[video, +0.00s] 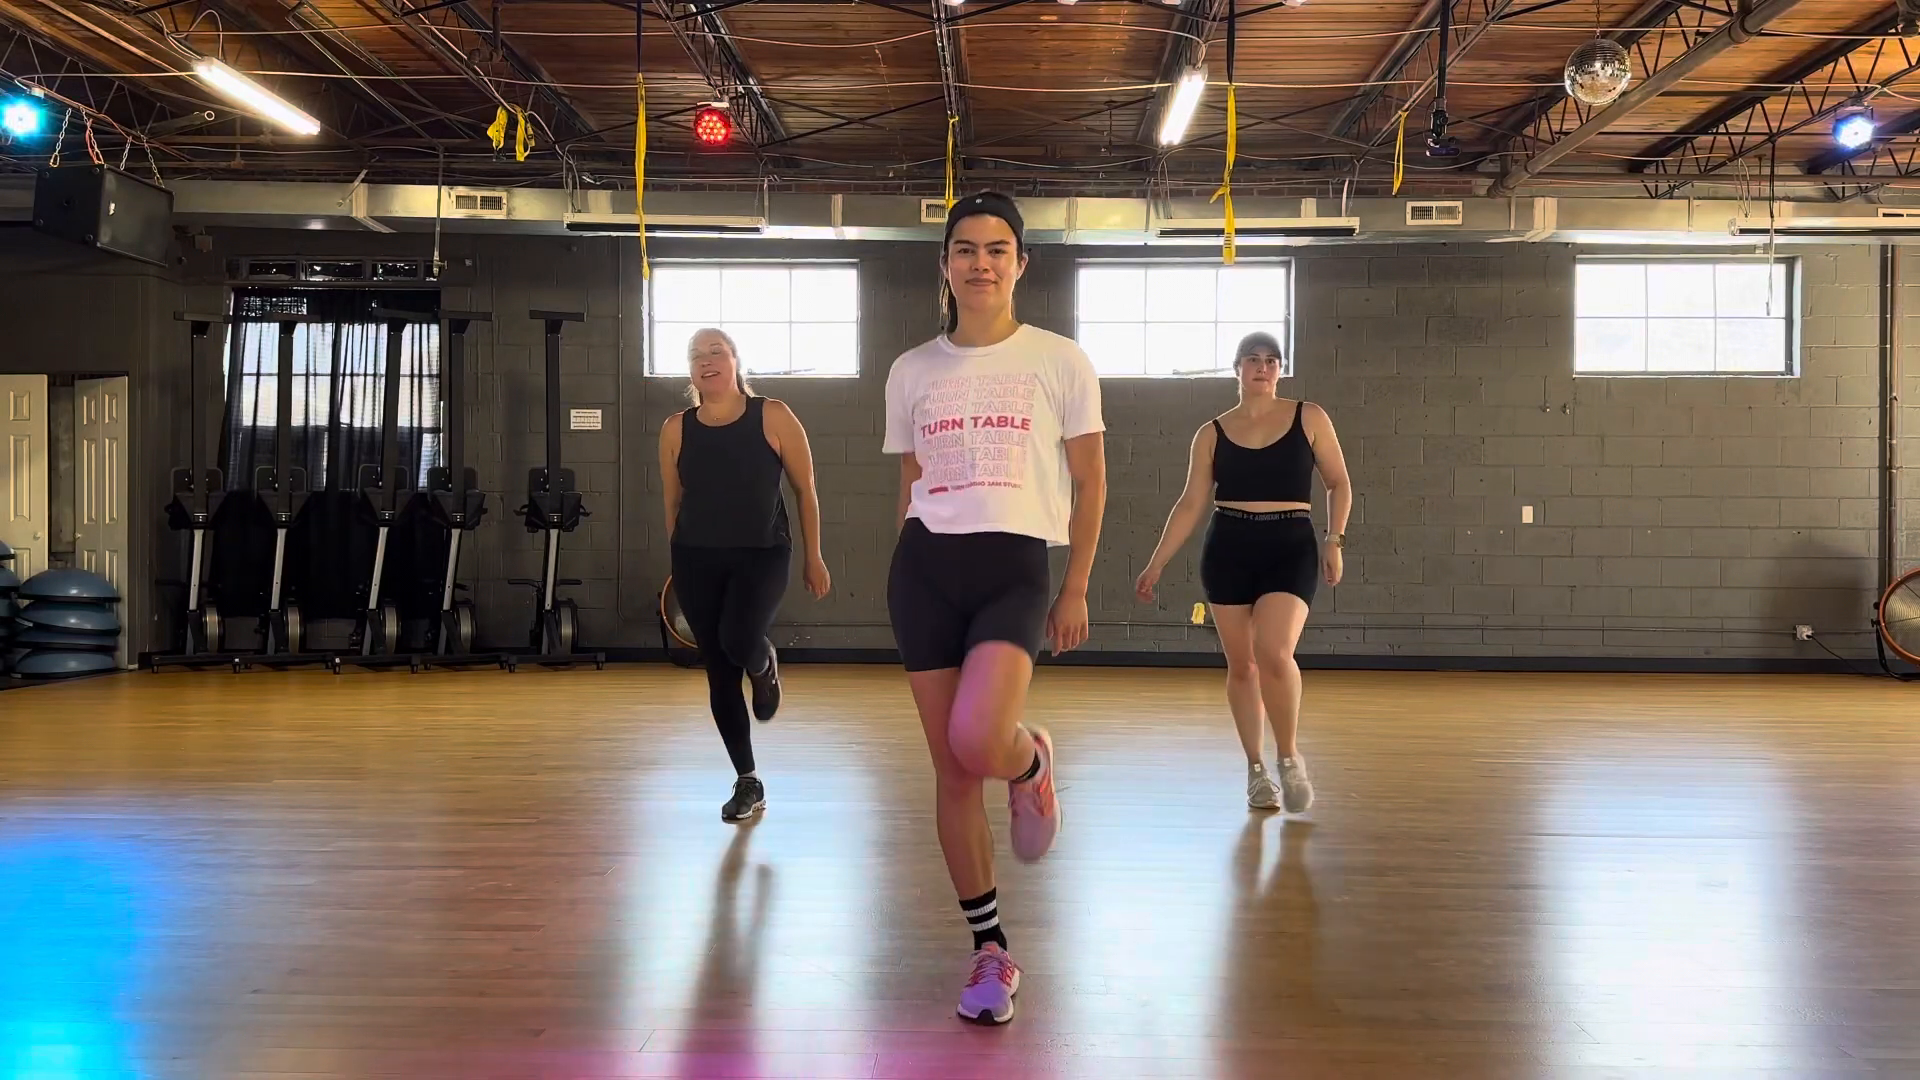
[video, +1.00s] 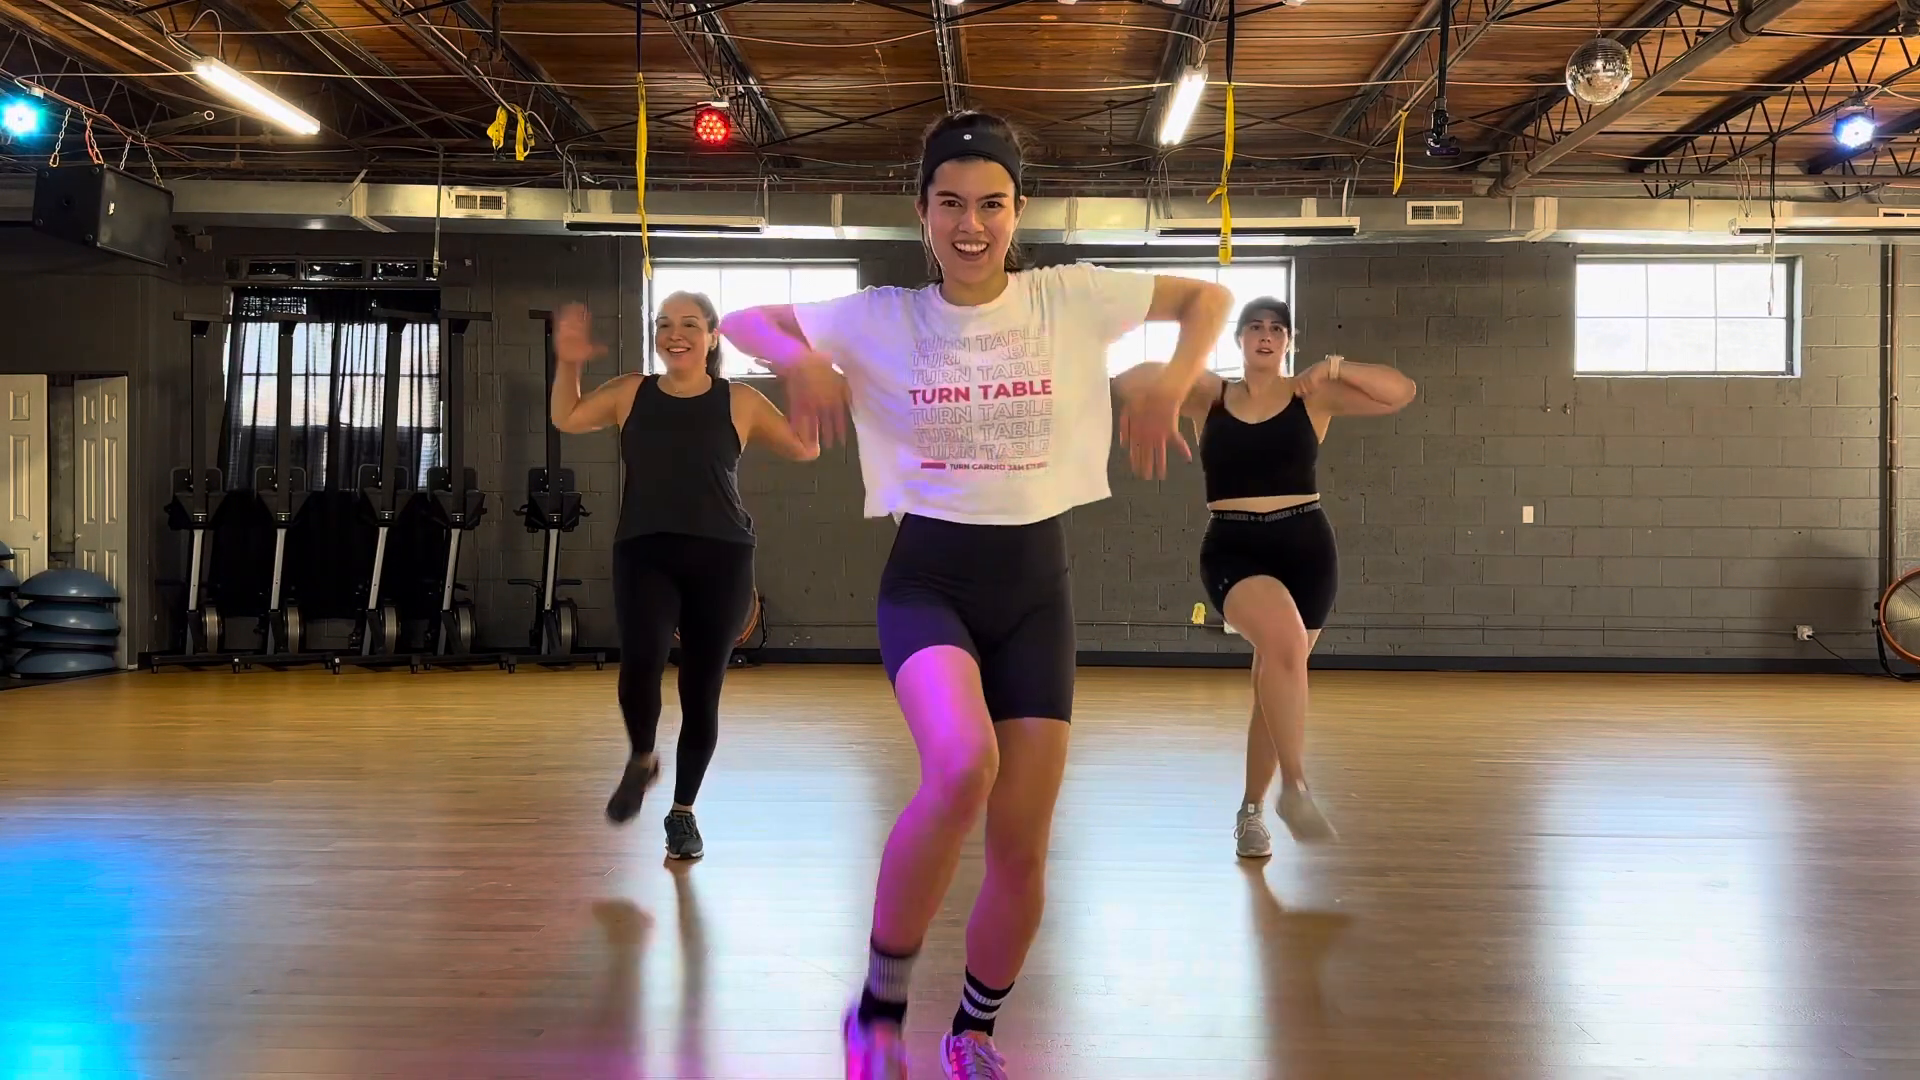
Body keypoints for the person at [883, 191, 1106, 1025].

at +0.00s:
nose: (980, 262)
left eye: (995, 249)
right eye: (966, 249)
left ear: (1019, 264)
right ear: (946, 265)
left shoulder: (1060, 360)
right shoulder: (912, 369)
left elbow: (1091, 485)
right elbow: (910, 484)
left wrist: (1075, 588)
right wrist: (907, 572)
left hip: (1015, 566)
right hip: (924, 568)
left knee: (981, 747)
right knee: (952, 768)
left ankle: (1032, 766)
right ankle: (988, 950)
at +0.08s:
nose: (985, 250)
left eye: (1000, 238)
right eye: (970, 237)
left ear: (1022, 253)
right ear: (950, 252)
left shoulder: (1061, 351)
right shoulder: (907, 352)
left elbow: (1082, 477)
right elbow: (901, 475)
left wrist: (1076, 580)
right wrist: (902, 576)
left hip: (1021, 555)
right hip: (928, 559)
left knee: (978, 710)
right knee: (957, 764)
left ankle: (1020, 829)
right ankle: (988, 945)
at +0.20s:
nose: (990, 245)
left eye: (1006, 232)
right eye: (975, 231)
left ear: (1027, 249)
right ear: (951, 244)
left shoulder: (1060, 351)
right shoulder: (903, 338)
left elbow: (1069, 481)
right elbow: (883, 462)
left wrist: (1071, 589)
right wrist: (877, 570)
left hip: (1027, 558)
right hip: (932, 558)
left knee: (993, 742)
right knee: (958, 764)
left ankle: (996, 947)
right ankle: (981, 941)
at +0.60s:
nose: (995, 247)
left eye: (1011, 229)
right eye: (975, 230)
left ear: (1034, 239)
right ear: (949, 240)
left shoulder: (1053, 368)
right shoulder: (901, 327)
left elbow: (1067, 509)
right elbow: (853, 458)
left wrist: (1186, 509)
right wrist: (800, 555)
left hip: (1035, 576)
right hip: (936, 574)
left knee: (1006, 800)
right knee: (960, 799)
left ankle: (977, 1034)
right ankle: (985, 963)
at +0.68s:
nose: (993, 246)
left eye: (1011, 227)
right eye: (974, 227)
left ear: (1034, 240)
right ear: (945, 236)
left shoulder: (1054, 366)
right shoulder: (896, 317)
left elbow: (1122, 487)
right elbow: (828, 430)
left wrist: (1203, 408)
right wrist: (752, 470)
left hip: (1043, 575)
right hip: (938, 574)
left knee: (1010, 805)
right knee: (948, 830)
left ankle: (976, 1036)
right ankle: (966, 928)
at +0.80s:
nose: (981, 231)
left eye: (1000, 212)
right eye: (961, 212)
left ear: (1027, 225)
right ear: (935, 223)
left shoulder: (1067, 339)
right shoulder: (881, 319)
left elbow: (1188, 390)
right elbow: (722, 337)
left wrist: (1203, 311)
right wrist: (729, 333)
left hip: (1043, 585)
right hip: (937, 582)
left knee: (1013, 826)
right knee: (943, 825)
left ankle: (974, 1036)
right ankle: (921, 869)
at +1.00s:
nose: (971, 221)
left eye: (991, 201)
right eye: (951, 201)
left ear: (1017, 210)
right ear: (923, 211)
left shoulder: (1067, 297)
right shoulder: (878, 315)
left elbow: (1207, 295)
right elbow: (741, 318)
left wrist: (1174, 375)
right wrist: (798, 358)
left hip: (1035, 583)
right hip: (927, 577)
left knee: (1020, 838)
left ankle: (973, 1037)